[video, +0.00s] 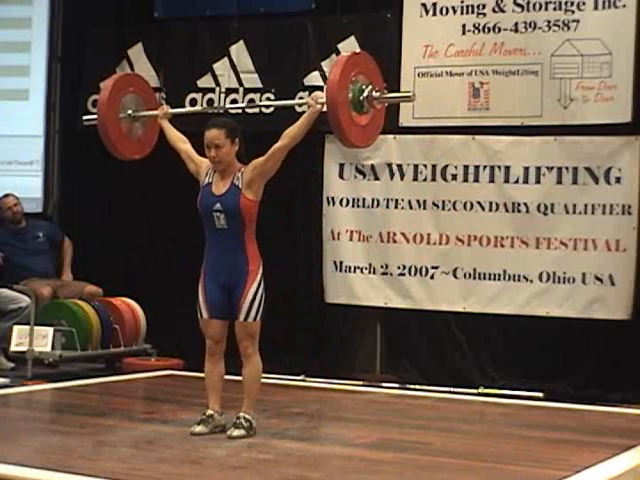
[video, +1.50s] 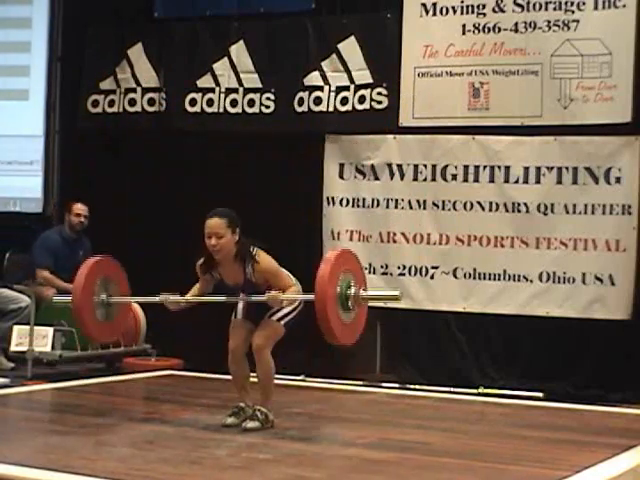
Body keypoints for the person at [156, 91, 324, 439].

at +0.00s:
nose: (211, 153)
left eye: (217, 146)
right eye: (208, 147)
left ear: (235, 146)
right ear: (206, 149)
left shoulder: (252, 176)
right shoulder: (205, 172)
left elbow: (283, 144)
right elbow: (182, 147)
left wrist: (313, 111)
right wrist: (163, 120)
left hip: (247, 273)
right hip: (212, 272)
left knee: (247, 346)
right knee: (213, 346)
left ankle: (247, 416)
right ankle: (213, 413)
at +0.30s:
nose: (210, 154)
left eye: (215, 147)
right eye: (206, 148)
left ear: (234, 146)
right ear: (204, 149)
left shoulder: (251, 177)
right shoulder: (204, 173)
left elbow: (282, 145)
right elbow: (180, 147)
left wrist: (311, 111)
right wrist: (161, 120)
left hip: (245, 273)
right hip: (210, 273)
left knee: (246, 347)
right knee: (212, 347)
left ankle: (247, 416)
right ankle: (213, 413)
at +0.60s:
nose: (216, 149)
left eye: (223, 143)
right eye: (214, 144)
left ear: (241, 146)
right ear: (211, 148)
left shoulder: (257, 177)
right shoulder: (210, 175)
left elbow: (285, 147)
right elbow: (184, 148)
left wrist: (310, 111)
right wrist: (160, 121)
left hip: (253, 274)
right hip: (219, 272)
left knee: (250, 346)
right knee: (216, 345)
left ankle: (247, 416)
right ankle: (214, 412)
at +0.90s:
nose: (229, 165)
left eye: (234, 159)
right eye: (226, 159)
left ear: (251, 159)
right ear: (223, 161)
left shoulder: (270, 189)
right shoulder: (221, 190)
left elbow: (303, 202)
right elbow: (182, 197)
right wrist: (152, 179)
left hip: (280, 273)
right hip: (246, 273)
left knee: (263, 331)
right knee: (239, 336)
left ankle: (251, 402)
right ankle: (242, 400)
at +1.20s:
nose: (213, 252)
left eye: (219, 247)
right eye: (210, 246)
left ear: (236, 246)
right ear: (206, 247)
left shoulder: (259, 273)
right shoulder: (208, 276)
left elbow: (286, 315)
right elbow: (192, 310)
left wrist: (282, 350)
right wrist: (171, 341)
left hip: (288, 305)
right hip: (255, 303)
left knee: (259, 346)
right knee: (233, 348)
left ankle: (264, 410)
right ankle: (244, 405)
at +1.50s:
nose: (213, 243)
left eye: (219, 237)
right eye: (209, 237)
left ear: (236, 236)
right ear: (204, 239)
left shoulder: (259, 262)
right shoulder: (207, 266)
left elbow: (296, 289)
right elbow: (203, 286)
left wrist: (281, 300)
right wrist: (182, 303)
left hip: (281, 298)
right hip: (249, 298)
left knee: (260, 344)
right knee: (235, 348)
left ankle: (264, 410)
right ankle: (244, 405)